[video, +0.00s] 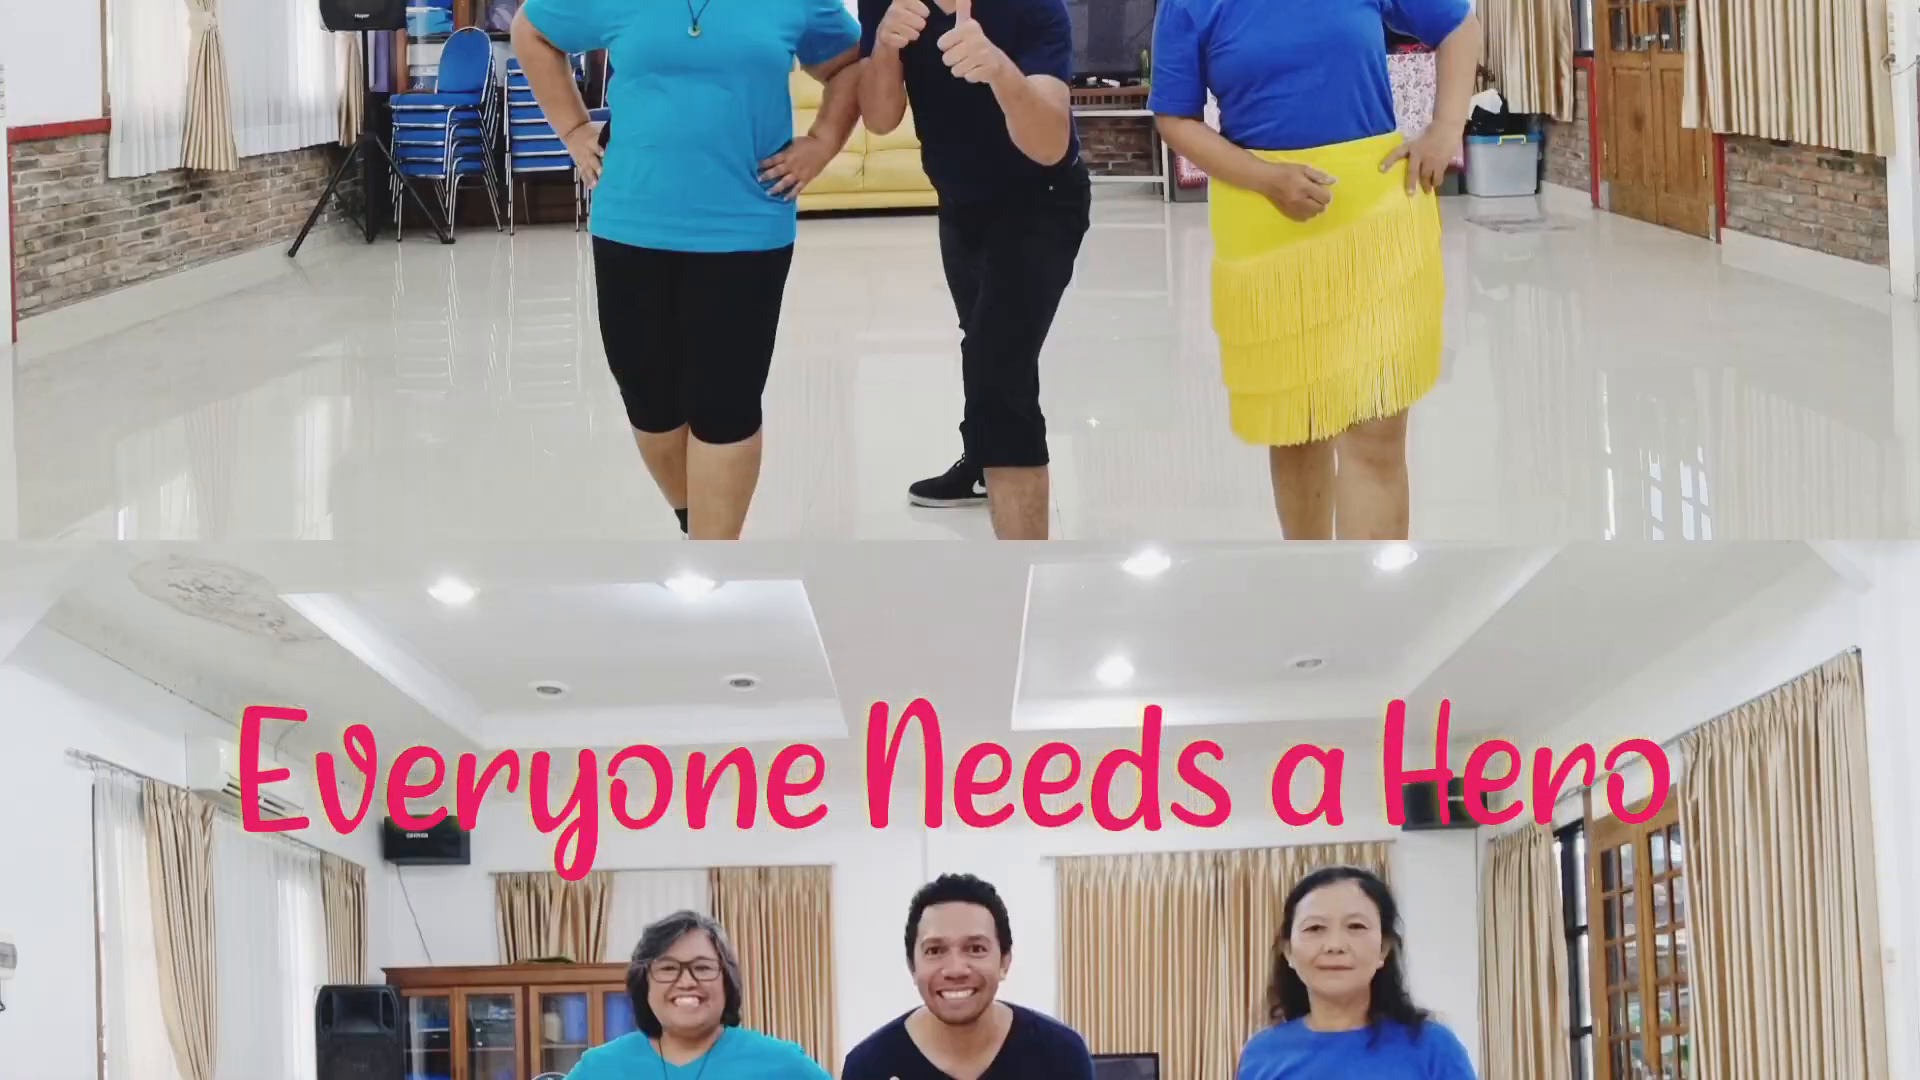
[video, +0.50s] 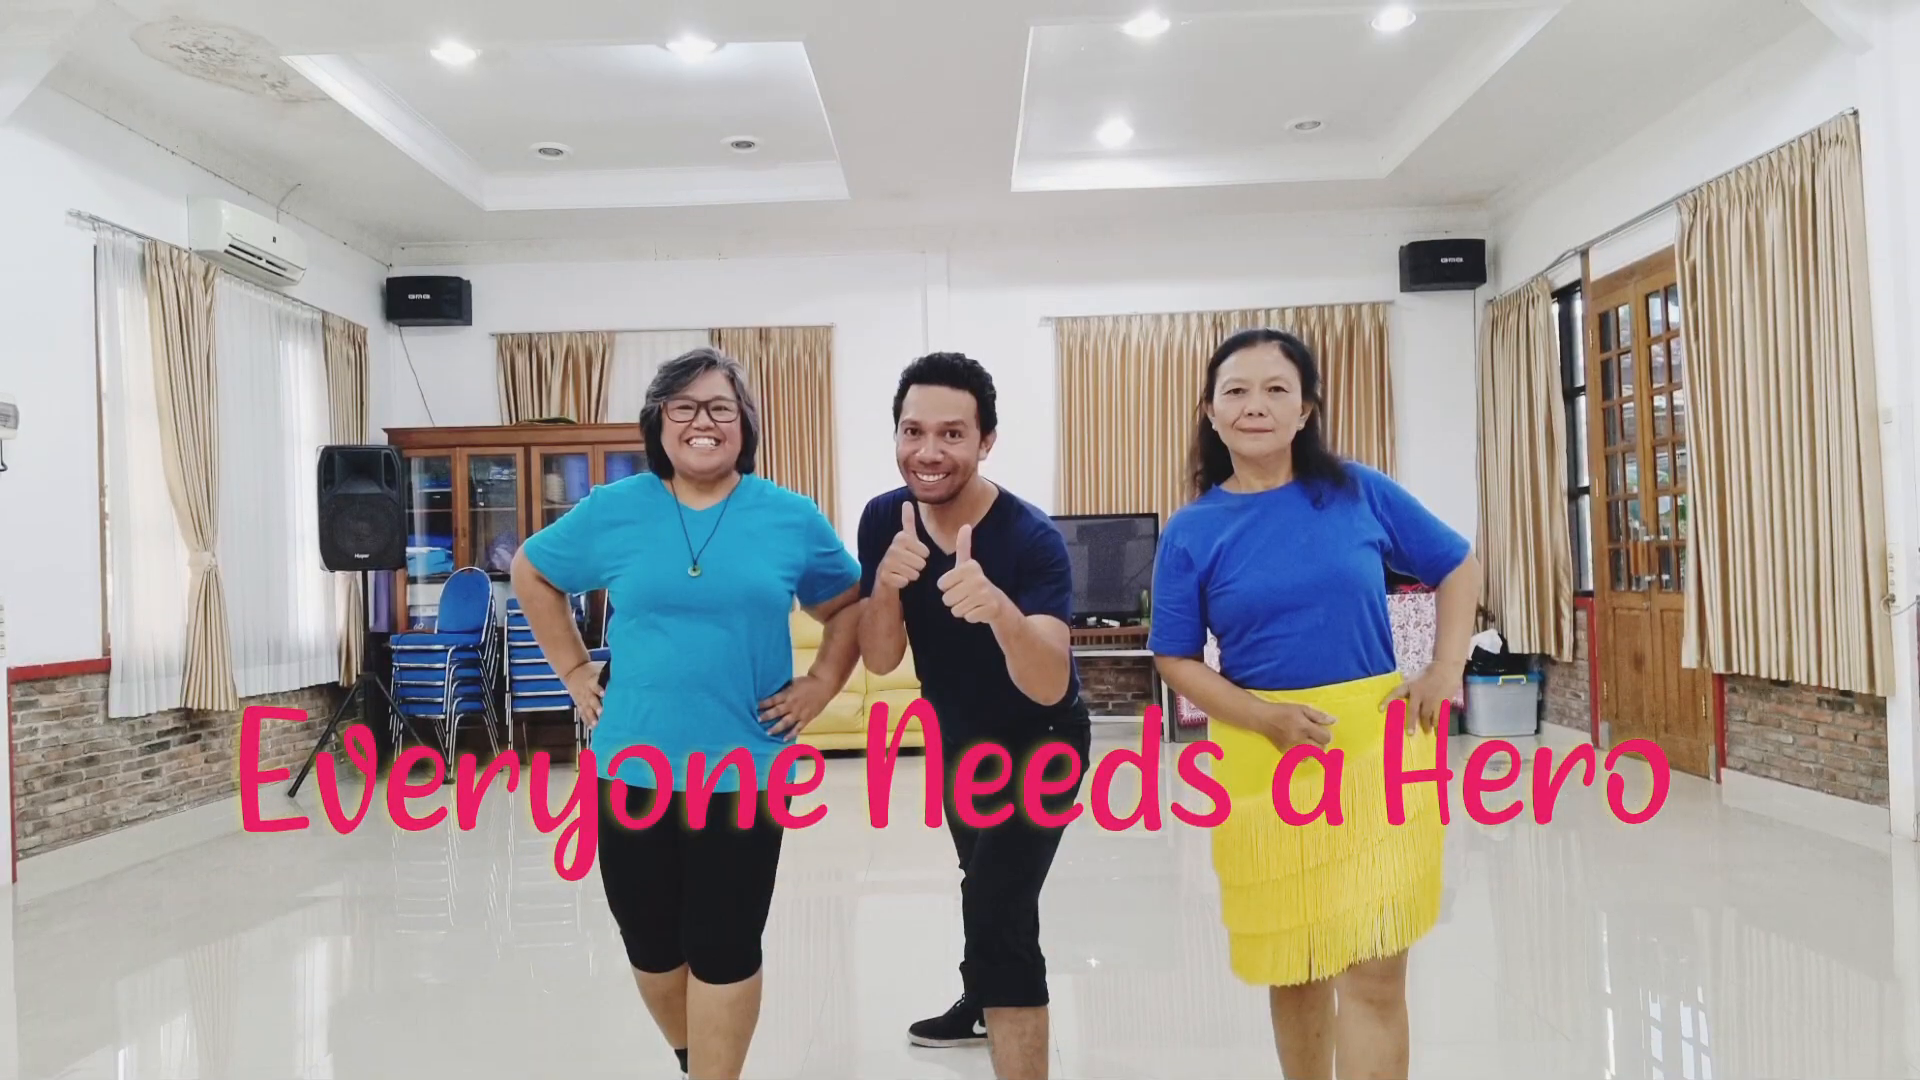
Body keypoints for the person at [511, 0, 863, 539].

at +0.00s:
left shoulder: (797, 6)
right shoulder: (614, 5)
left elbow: (849, 65)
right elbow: (530, 29)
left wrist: (821, 144)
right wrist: (575, 128)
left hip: (745, 227)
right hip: (631, 223)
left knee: (724, 413)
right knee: (653, 411)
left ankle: (707, 577)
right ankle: (695, 526)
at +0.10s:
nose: (703, 144)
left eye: (720, 132)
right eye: (686, 131)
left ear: (746, 150)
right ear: (659, 149)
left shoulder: (790, 241)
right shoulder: (615, 232)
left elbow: (848, 331)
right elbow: (530, 294)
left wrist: (822, 406)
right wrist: (573, 393)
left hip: (744, 499)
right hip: (632, 495)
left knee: (723, 682)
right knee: (654, 678)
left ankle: (720, 834)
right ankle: (685, 797)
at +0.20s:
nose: (703, 304)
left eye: (720, 292)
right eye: (686, 291)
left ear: (746, 310)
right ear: (659, 309)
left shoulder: (789, 401)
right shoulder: (614, 393)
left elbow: (848, 491)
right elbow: (530, 453)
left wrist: (822, 566)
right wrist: (574, 553)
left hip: (745, 657)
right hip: (633, 653)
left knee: (725, 837)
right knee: (654, 837)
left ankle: (707, 997)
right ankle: (700, 958)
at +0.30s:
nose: (703, 386)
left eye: (720, 374)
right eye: (686, 374)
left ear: (746, 391)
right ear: (660, 391)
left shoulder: (789, 483)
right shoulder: (616, 475)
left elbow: (848, 574)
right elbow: (530, 535)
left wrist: (822, 648)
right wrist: (574, 635)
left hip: (743, 744)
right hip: (632, 741)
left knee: (724, 928)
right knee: (657, 927)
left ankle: (711, 1064)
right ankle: (702, 1041)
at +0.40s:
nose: (703, 417)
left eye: (720, 404)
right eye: (685, 404)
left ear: (746, 422)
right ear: (659, 421)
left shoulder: (790, 514)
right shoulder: (615, 505)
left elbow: (848, 604)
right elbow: (530, 565)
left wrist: (821, 679)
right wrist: (574, 666)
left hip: (743, 778)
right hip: (632, 774)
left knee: (724, 956)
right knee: (656, 955)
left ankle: (715, 1079)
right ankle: (701, 1063)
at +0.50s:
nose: (703, 421)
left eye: (720, 408)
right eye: (686, 408)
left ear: (746, 427)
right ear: (659, 425)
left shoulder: (790, 518)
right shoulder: (614, 510)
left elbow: (848, 608)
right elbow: (530, 570)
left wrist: (821, 683)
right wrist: (575, 670)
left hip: (743, 783)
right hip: (631, 779)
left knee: (724, 962)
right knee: (657, 961)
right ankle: (701, 1065)